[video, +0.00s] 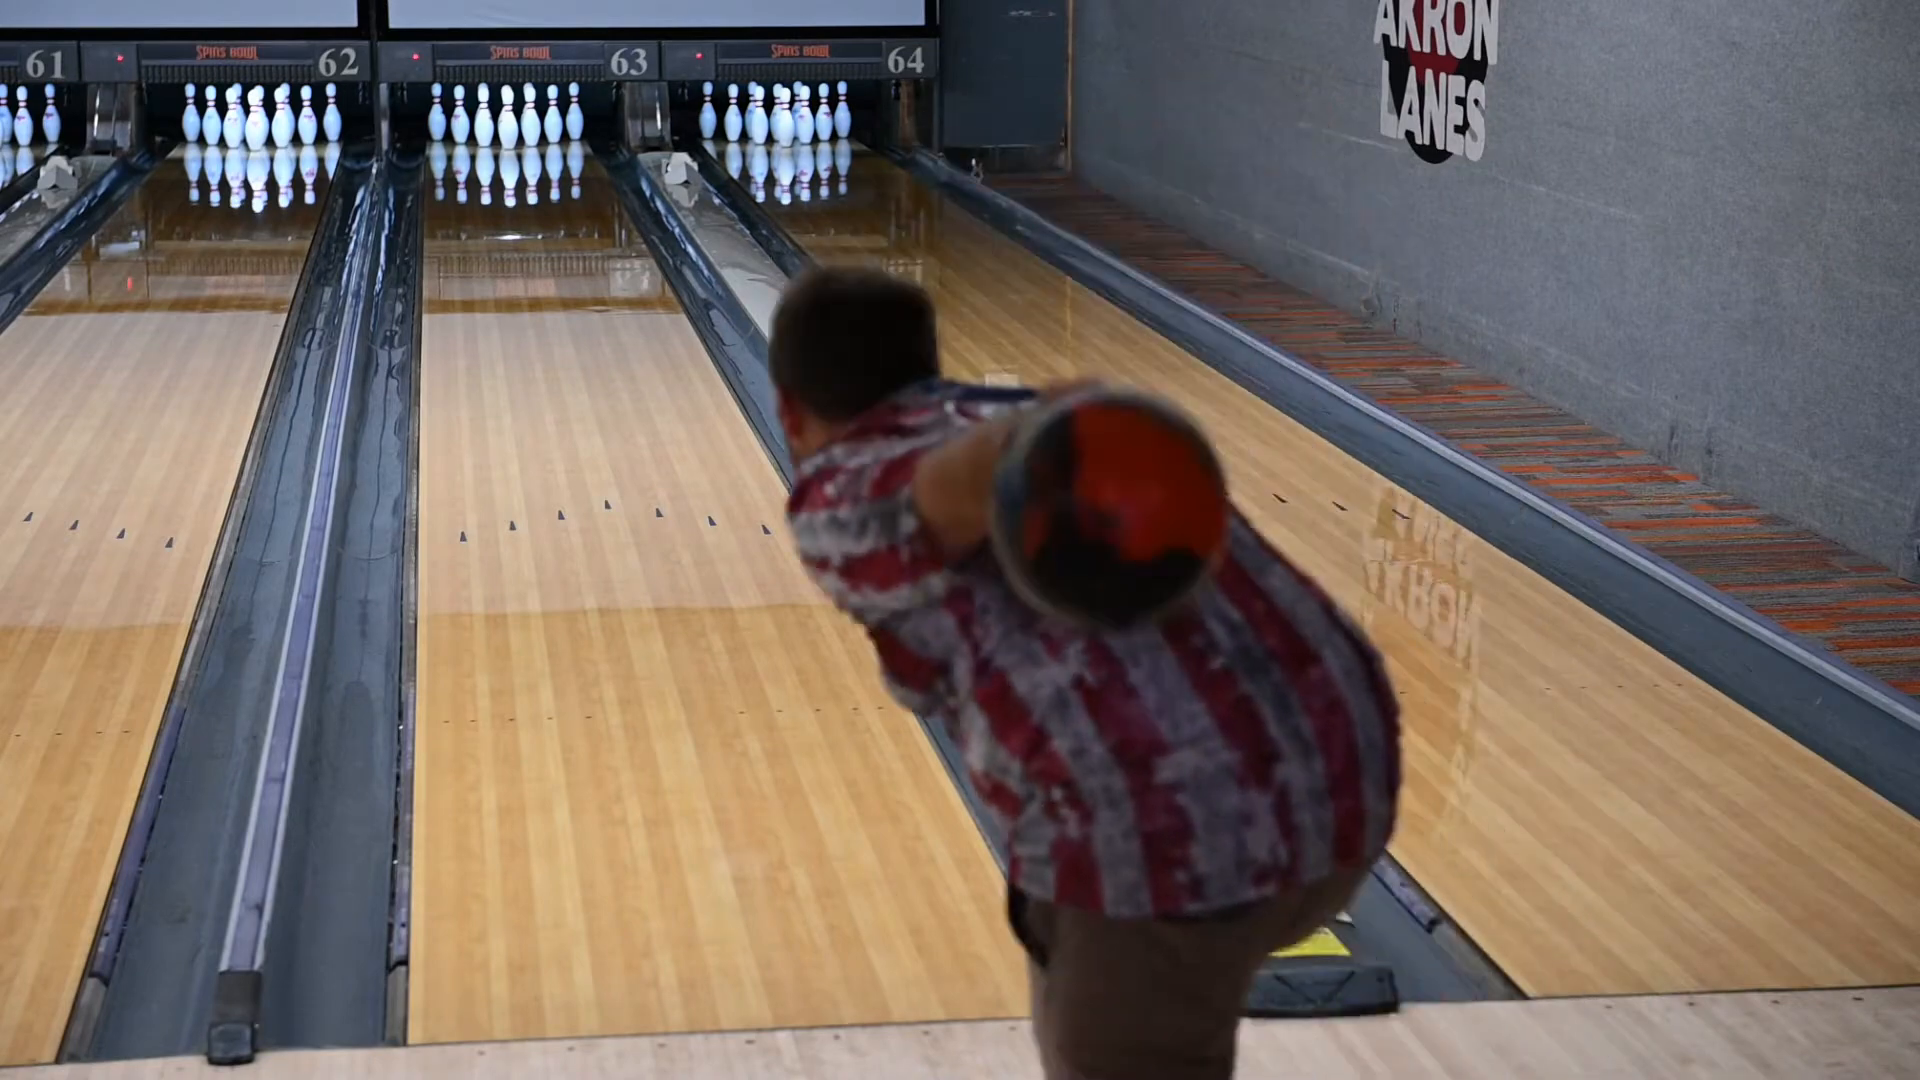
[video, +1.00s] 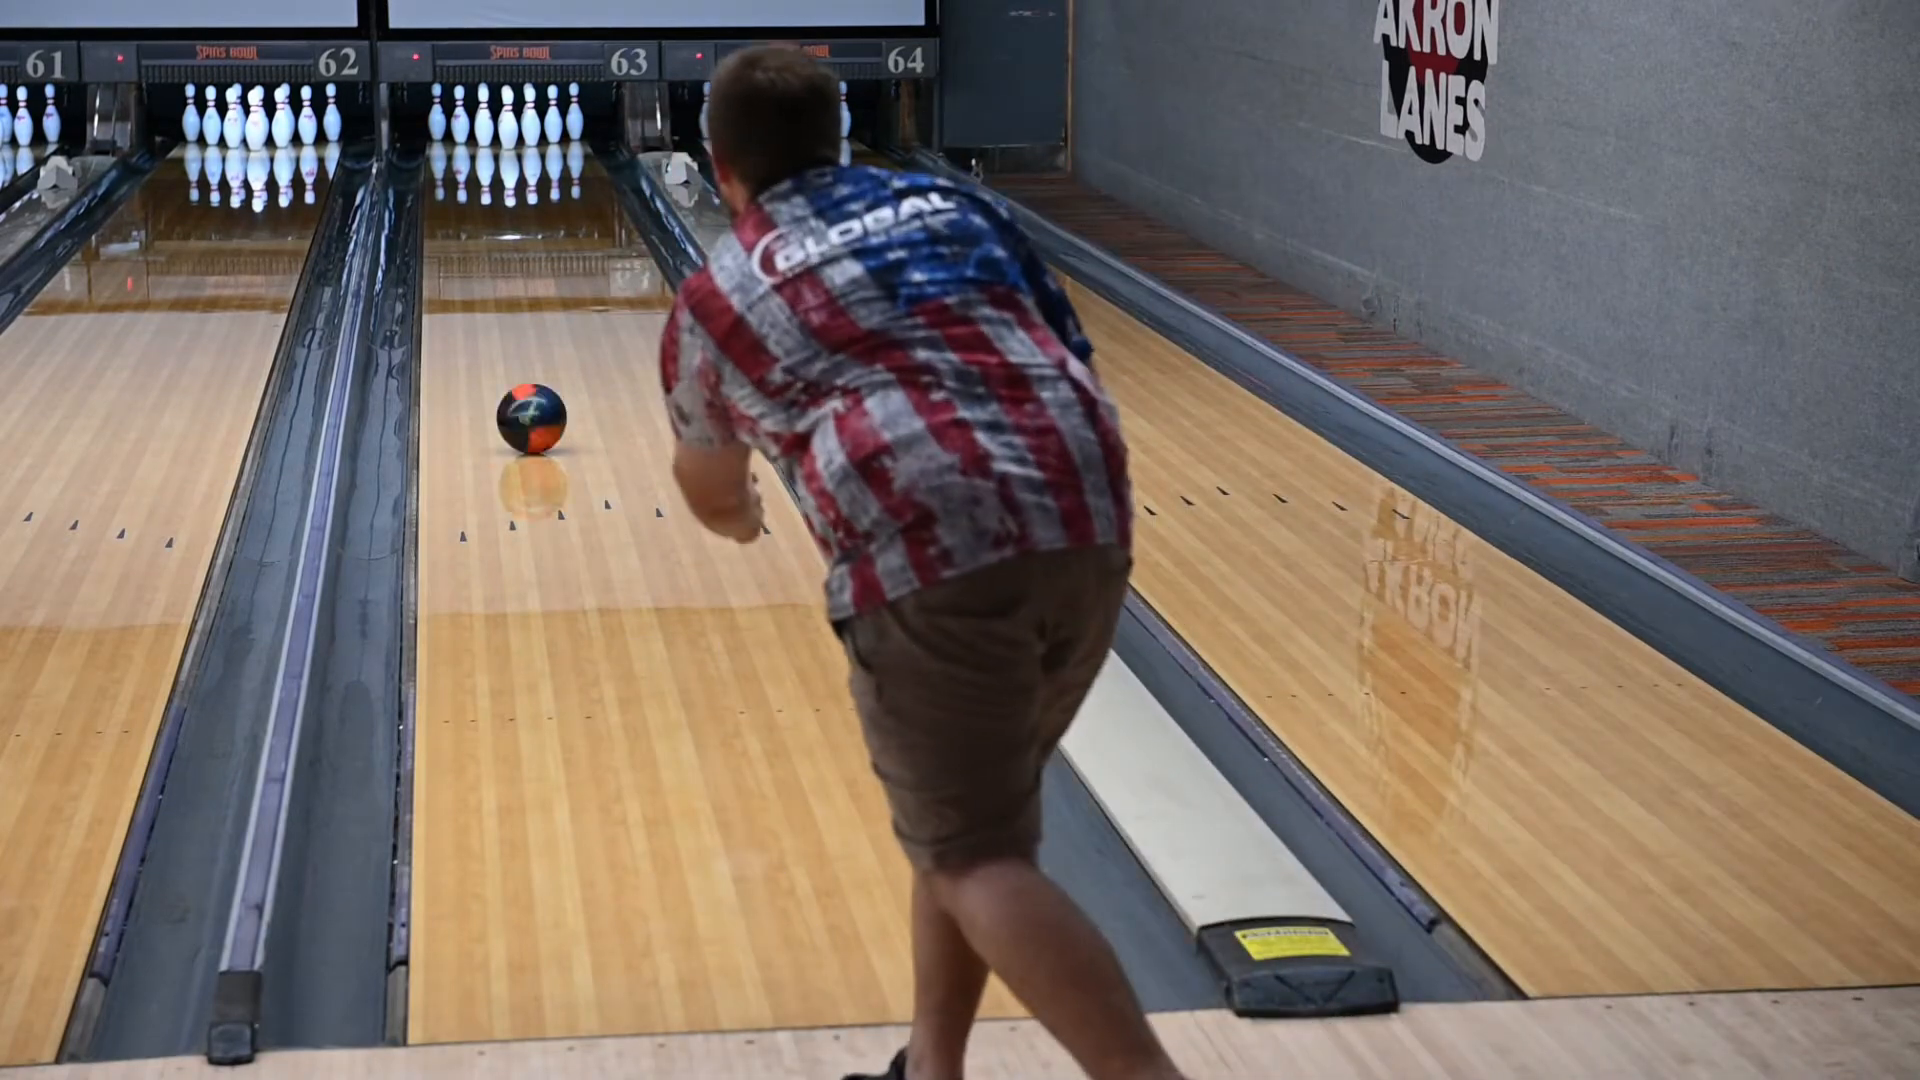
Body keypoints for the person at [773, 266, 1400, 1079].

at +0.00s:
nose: (784, 429)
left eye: (780, 411)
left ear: (793, 413)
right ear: (929, 363)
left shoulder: (831, 501)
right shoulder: (1023, 409)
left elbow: (944, 489)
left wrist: (1048, 435)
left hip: (1172, 844)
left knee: (1117, 1054)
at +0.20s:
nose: (734, 426)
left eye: (733, 409)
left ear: (752, 410)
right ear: (877, 366)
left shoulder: (766, 515)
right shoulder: (985, 383)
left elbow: (840, 711)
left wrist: (897, 947)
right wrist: (1327, 469)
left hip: (1060, 789)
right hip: (1217, 712)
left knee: (1169, 1062)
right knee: (1014, 869)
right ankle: (953, 1054)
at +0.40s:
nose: (731, 382)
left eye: (730, 365)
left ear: (739, 366)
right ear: (855, 317)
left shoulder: (743, 455)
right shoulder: (969, 341)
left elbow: (701, 575)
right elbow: (1145, 467)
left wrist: (754, 462)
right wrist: (1192, 633)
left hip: (995, 689)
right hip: (1142, 615)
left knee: (1143, 962)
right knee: (985, 824)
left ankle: (1407, 1071)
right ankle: (931, 1069)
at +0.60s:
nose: (700, 231)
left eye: (702, 211)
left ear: (716, 217)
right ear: (833, 196)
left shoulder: (722, 300)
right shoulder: (956, 242)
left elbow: (600, 290)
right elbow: (1078, 374)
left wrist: (637, 146)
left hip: (960, 556)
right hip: (1121, 526)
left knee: (1060, 863)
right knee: (974, 800)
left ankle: (1296, 1064)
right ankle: (939, 1059)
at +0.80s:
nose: (714, 181)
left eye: (714, 169)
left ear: (726, 178)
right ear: (838, 148)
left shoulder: (728, 275)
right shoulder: (947, 201)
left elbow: (640, 392)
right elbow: (1053, 331)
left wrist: (645, 280)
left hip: (946, 531)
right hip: (1101, 504)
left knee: (1009, 841)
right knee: (979, 817)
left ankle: (1208, 1071)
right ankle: (936, 1069)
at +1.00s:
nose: (714, 178)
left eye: (713, 163)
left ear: (724, 170)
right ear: (840, 140)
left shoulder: (717, 295)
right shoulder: (958, 202)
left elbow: (715, 487)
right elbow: (1067, 348)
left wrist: (733, 514)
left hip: (931, 554)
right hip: (1092, 525)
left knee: (975, 856)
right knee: (973, 825)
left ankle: (1145, 1072)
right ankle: (931, 1069)